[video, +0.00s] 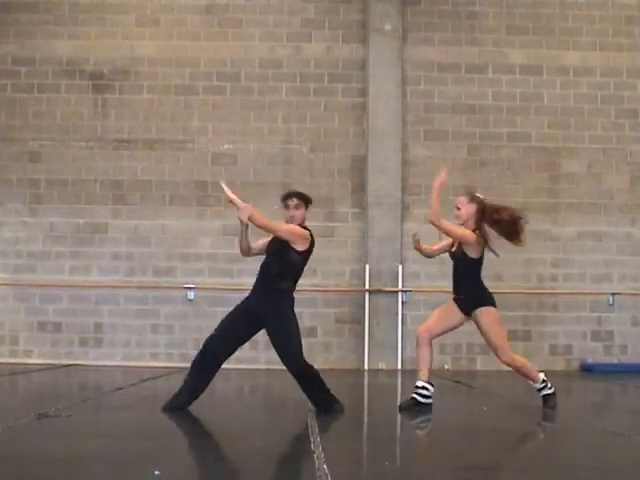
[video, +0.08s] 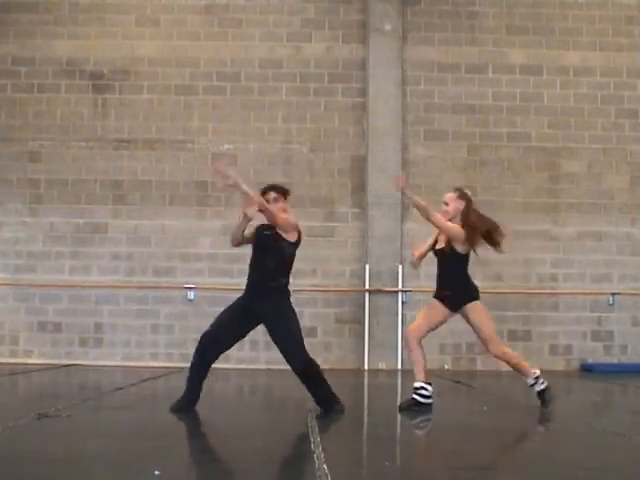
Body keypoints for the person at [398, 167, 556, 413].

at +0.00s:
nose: (455, 211)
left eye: (460, 207)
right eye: (456, 207)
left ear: (474, 211)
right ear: (466, 211)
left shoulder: (473, 239)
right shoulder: (458, 238)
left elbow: (436, 220)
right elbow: (433, 252)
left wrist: (435, 189)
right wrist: (419, 247)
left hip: (480, 302)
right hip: (460, 302)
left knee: (506, 356)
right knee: (424, 333)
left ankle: (543, 385)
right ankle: (423, 390)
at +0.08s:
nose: (442, 208)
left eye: (447, 204)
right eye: (442, 204)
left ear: (461, 208)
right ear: (452, 207)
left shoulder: (461, 233)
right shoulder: (442, 231)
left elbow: (431, 216)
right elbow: (430, 245)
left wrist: (408, 195)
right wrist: (420, 255)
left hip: (466, 296)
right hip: (445, 297)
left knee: (495, 348)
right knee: (412, 334)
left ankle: (536, 378)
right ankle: (422, 390)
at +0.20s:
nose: (427, 201)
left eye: (432, 197)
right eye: (427, 196)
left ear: (445, 201)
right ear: (427, 199)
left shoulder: (448, 228)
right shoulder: (420, 221)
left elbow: (416, 242)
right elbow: (414, 255)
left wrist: (385, 253)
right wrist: (428, 278)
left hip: (450, 288)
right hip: (426, 287)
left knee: (460, 352)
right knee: (404, 335)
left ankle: (477, 374)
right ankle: (420, 389)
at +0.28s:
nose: (419, 196)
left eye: (424, 193)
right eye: (419, 191)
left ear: (437, 196)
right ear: (418, 192)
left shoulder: (444, 223)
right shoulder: (408, 215)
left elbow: (430, 255)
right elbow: (406, 252)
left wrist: (416, 287)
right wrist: (430, 276)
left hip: (439, 278)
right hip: (415, 277)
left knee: (437, 345)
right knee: (402, 335)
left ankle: (425, 372)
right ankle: (418, 386)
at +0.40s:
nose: (430, 197)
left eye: (436, 195)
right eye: (428, 192)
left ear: (441, 196)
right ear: (421, 185)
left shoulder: (443, 214)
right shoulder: (402, 204)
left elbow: (457, 255)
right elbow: (395, 242)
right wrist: (419, 270)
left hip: (426, 271)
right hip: (399, 267)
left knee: (420, 330)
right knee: (394, 323)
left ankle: (400, 375)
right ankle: (400, 375)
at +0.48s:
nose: (443, 205)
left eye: (446, 201)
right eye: (442, 199)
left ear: (444, 199)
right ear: (430, 191)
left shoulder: (439, 211)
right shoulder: (405, 208)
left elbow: (456, 229)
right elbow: (395, 247)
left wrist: (472, 243)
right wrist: (411, 275)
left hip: (415, 268)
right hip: (391, 264)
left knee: (417, 329)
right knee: (381, 322)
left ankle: (399, 379)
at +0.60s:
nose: (448, 221)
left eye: (451, 218)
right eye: (449, 215)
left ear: (436, 207)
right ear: (438, 206)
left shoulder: (421, 225)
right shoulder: (419, 232)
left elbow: (422, 205)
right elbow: (413, 272)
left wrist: (434, 187)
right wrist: (414, 308)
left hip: (394, 282)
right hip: (380, 277)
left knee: (409, 330)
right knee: (354, 326)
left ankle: (393, 383)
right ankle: (308, 364)